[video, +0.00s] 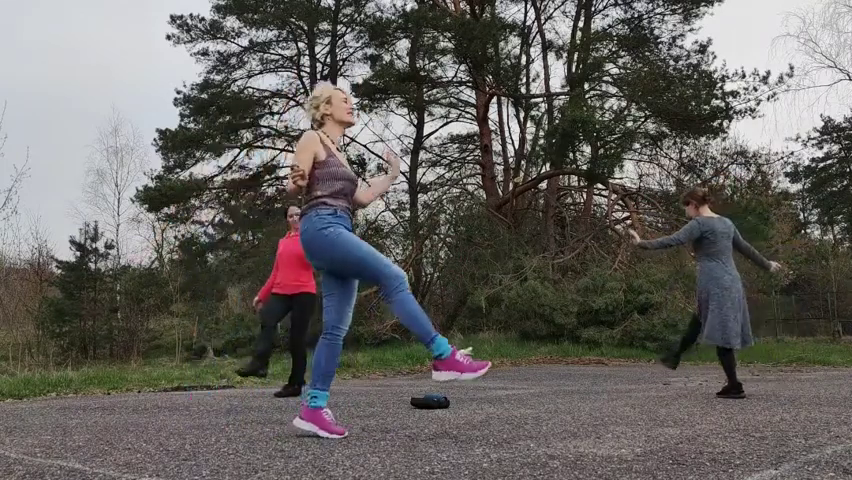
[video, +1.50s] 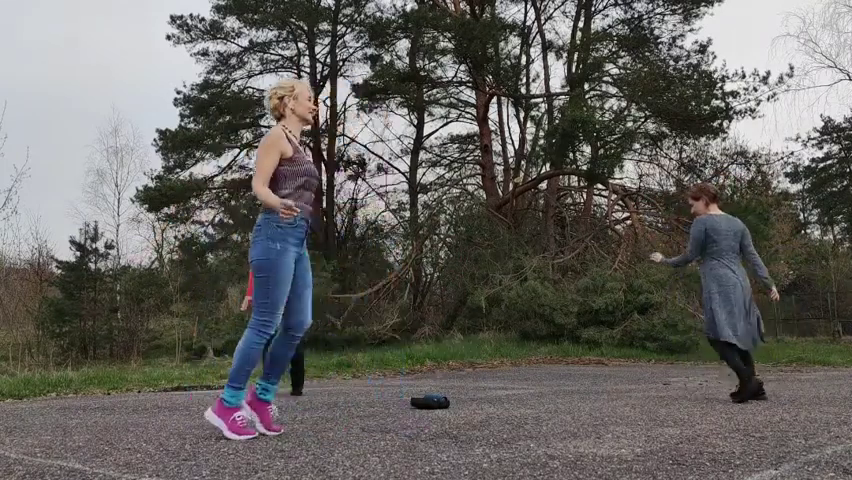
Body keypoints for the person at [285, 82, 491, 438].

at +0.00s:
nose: (352, 104)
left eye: (351, 100)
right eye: (344, 99)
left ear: (340, 109)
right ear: (325, 107)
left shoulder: (339, 157)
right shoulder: (312, 138)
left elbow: (362, 197)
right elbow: (296, 185)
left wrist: (392, 171)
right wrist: (296, 184)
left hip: (337, 233)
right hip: (321, 227)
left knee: (335, 328)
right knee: (393, 278)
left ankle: (312, 409)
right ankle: (444, 356)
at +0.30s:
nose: (373, 106)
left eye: (370, 101)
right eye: (367, 102)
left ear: (353, 112)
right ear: (352, 111)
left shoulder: (359, 149)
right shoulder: (348, 145)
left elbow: (368, 211)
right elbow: (338, 195)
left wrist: (405, 225)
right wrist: (350, 201)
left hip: (358, 241)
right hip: (367, 238)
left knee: (363, 332)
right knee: (397, 323)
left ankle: (321, 404)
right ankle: (390, 408)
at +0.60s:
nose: (390, 108)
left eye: (387, 103)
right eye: (384, 103)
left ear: (364, 111)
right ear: (368, 109)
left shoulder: (360, 145)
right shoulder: (366, 140)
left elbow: (335, 199)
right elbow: (359, 191)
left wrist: (350, 232)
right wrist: (390, 203)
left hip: (362, 235)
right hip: (372, 234)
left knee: (391, 321)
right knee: (400, 322)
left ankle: (327, 358)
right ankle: (389, 409)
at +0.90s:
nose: (358, 107)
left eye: (356, 102)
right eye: (351, 103)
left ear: (340, 111)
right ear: (333, 111)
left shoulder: (343, 146)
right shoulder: (330, 145)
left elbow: (351, 196)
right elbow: (327, 197)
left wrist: (375, 214)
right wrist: (341, 224)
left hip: (349, 238)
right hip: (349, 239)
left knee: (335, 328)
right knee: (380, 322)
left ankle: (276, 386)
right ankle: (388, 407)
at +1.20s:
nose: (325, 111)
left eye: (323, 106)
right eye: (318, 106)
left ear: (310, 115)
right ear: (300, 114)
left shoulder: (310, 155)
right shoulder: (290, 146)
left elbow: (323, 205)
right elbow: (271, 194)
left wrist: (370, 207)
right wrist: (280, 222)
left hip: (300, 240)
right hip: (292, 240)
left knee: (281, 331)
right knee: (342, 312)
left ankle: (250, 404)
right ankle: (336, 401)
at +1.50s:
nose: (315, 105)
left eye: (314, 100)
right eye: (309, 100)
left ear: (295, 106)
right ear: (289, 104)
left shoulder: (297, 143)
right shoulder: (276, 138)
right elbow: (259, 186)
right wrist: (279, 204)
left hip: (297, 239)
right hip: (275, 236)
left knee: (298, 323)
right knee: (264, 324)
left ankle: (261, 399)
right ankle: (228, 404)